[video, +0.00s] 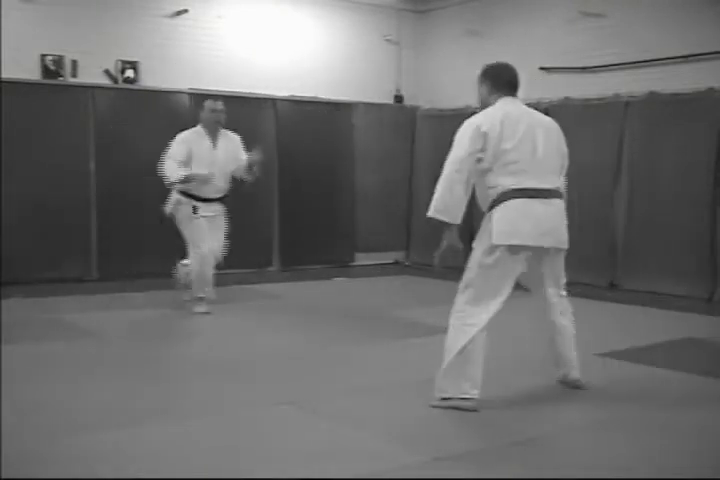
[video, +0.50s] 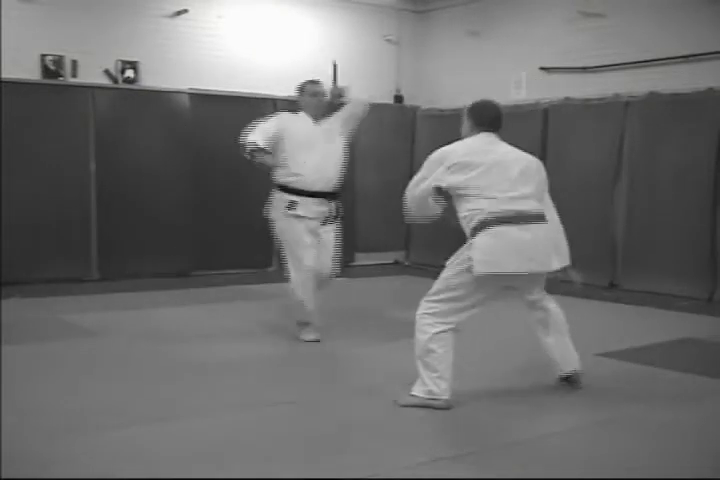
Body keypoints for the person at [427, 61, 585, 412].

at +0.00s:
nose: (477, 95)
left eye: (478, 89)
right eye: (478, 89)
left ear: (487, 88)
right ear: (516, 89)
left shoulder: (480, 123)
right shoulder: (549, 124)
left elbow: (456, 176)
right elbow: (560, 175)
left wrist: (449, 230)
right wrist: (548, 212)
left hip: (508, 218)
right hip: (552, 217)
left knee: (472, 305)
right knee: (556, 296)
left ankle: (461, 392)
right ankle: (572, 371)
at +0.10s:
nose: (477, 94)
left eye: (478, 88)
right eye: (478, 88)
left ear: (486, 88)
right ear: (514, 88)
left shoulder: (478, 123)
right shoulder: (547, 124)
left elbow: (452, 172)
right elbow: (555, 170)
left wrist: (444, 213)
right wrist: (532, 198)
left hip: (505, 218)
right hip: (550, 217)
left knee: (461, 299)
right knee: (552, 296)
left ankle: (451, 387)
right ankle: (568, 372)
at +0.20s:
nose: (473, 101)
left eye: (474, 95)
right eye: (474, 95)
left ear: (481, 95)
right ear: (509, 96)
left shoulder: (470, 129)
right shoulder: (542, 130)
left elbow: (440, 178)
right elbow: (555, 175)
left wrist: (435, 212)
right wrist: (534, 203)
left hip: (500, 223)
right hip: (546, 222)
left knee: (454, 303)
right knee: (549, 299)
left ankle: (441, 389)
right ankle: (567, 374)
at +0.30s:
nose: (464, 116)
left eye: (464, 112)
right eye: (464, 112)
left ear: (470, 112)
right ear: (501, 112)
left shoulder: (461, 144)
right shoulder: (533, 146)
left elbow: (425, 193)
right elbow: (549, 197)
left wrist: (419, 227)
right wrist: (546, 235)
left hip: (494, 235)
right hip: (542, 233)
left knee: (442, 306)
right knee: (545, 301)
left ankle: (433, 389)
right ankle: (567, 375)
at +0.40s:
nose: (462, 121)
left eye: (463, 116)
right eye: (463, 116)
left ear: (469, 117)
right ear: (499, 119)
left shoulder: (454, 149)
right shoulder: (529, 150)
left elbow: (421, 198)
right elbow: (546, 204)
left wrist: (417, 237)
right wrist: (551, 249)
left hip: (490, 236)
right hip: (540, 234)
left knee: (440, 308)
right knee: (546, 302)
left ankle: (433, 389)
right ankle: (568, 374)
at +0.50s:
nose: (461, 127)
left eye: (463, 122)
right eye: (463, 122)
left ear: (469, 125)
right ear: (499, 127)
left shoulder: (450, 155)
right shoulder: (529, 160)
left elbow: (414, 206)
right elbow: (550, 215)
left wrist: (440, 202)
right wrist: (563, 260)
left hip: (491, 248)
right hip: (539, 247)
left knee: (434, 312)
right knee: (537, 298)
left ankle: (433, 390)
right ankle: (570, 368)